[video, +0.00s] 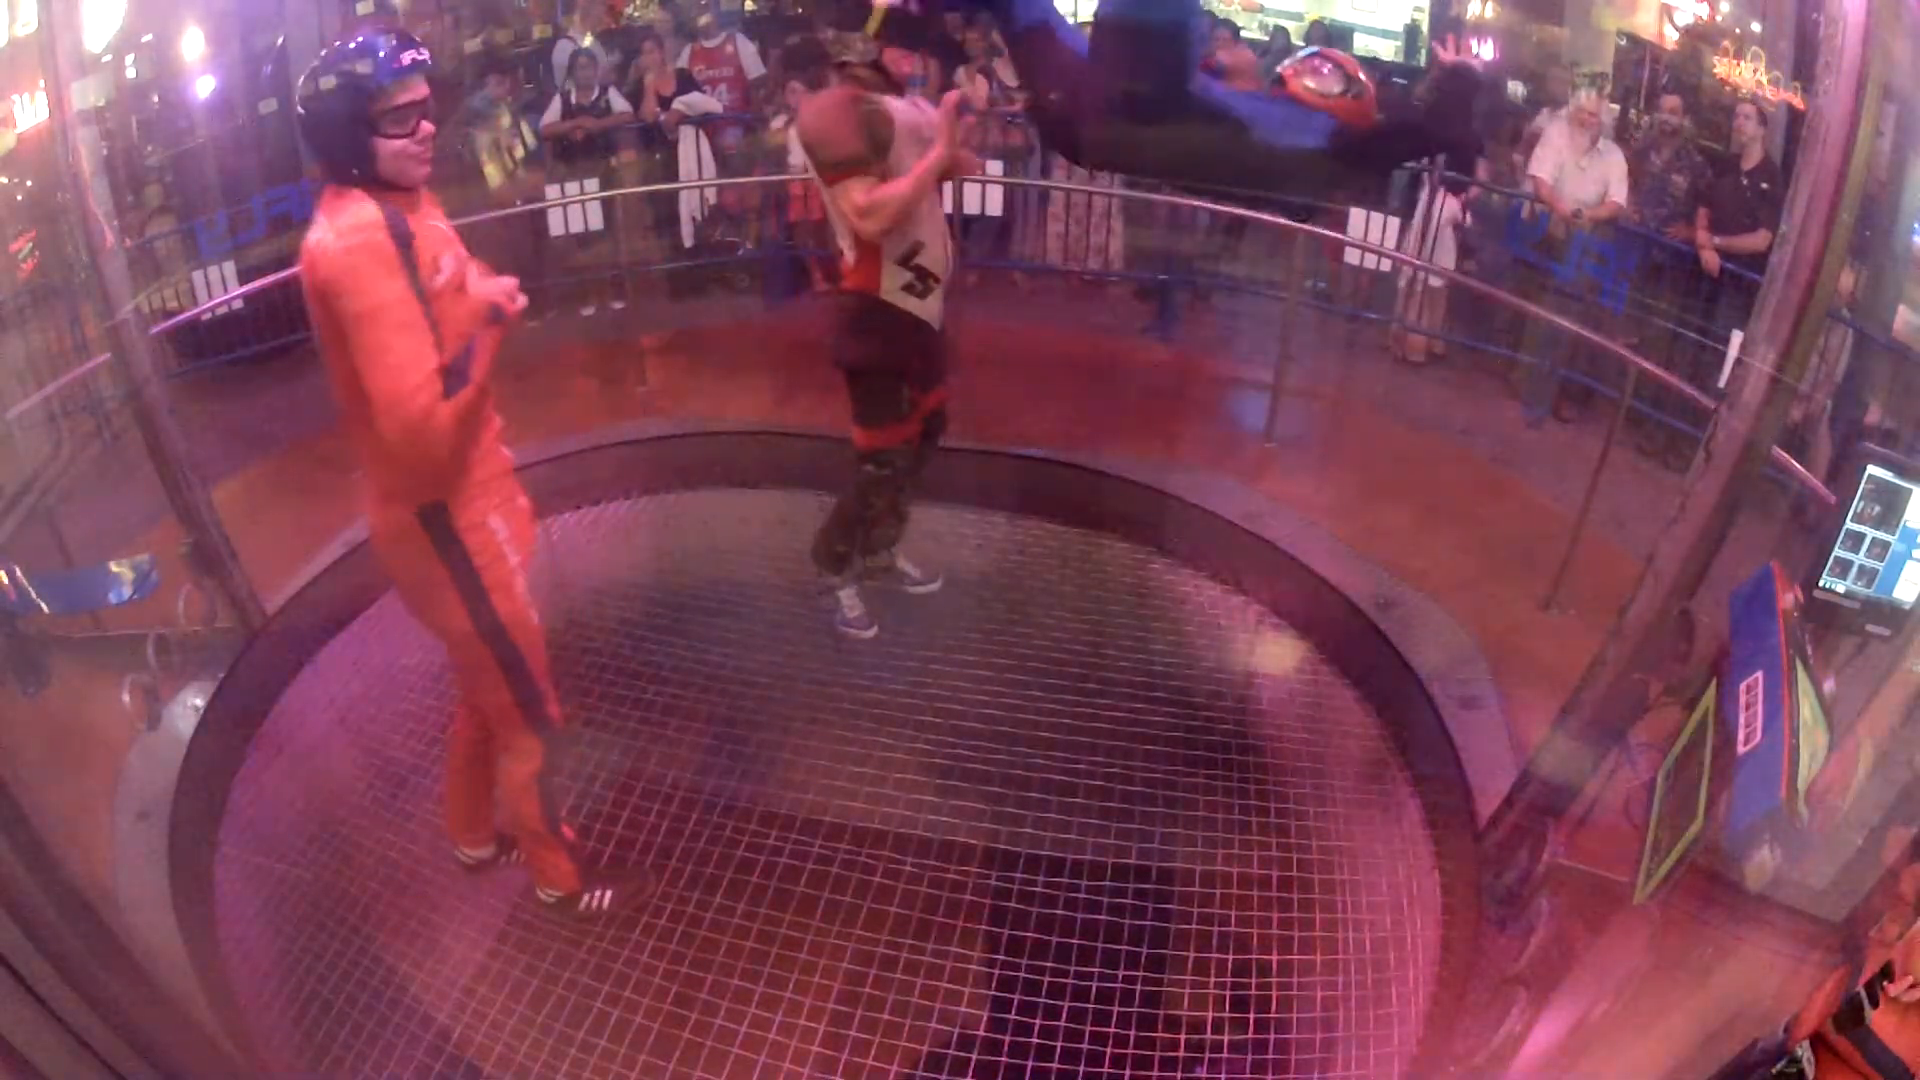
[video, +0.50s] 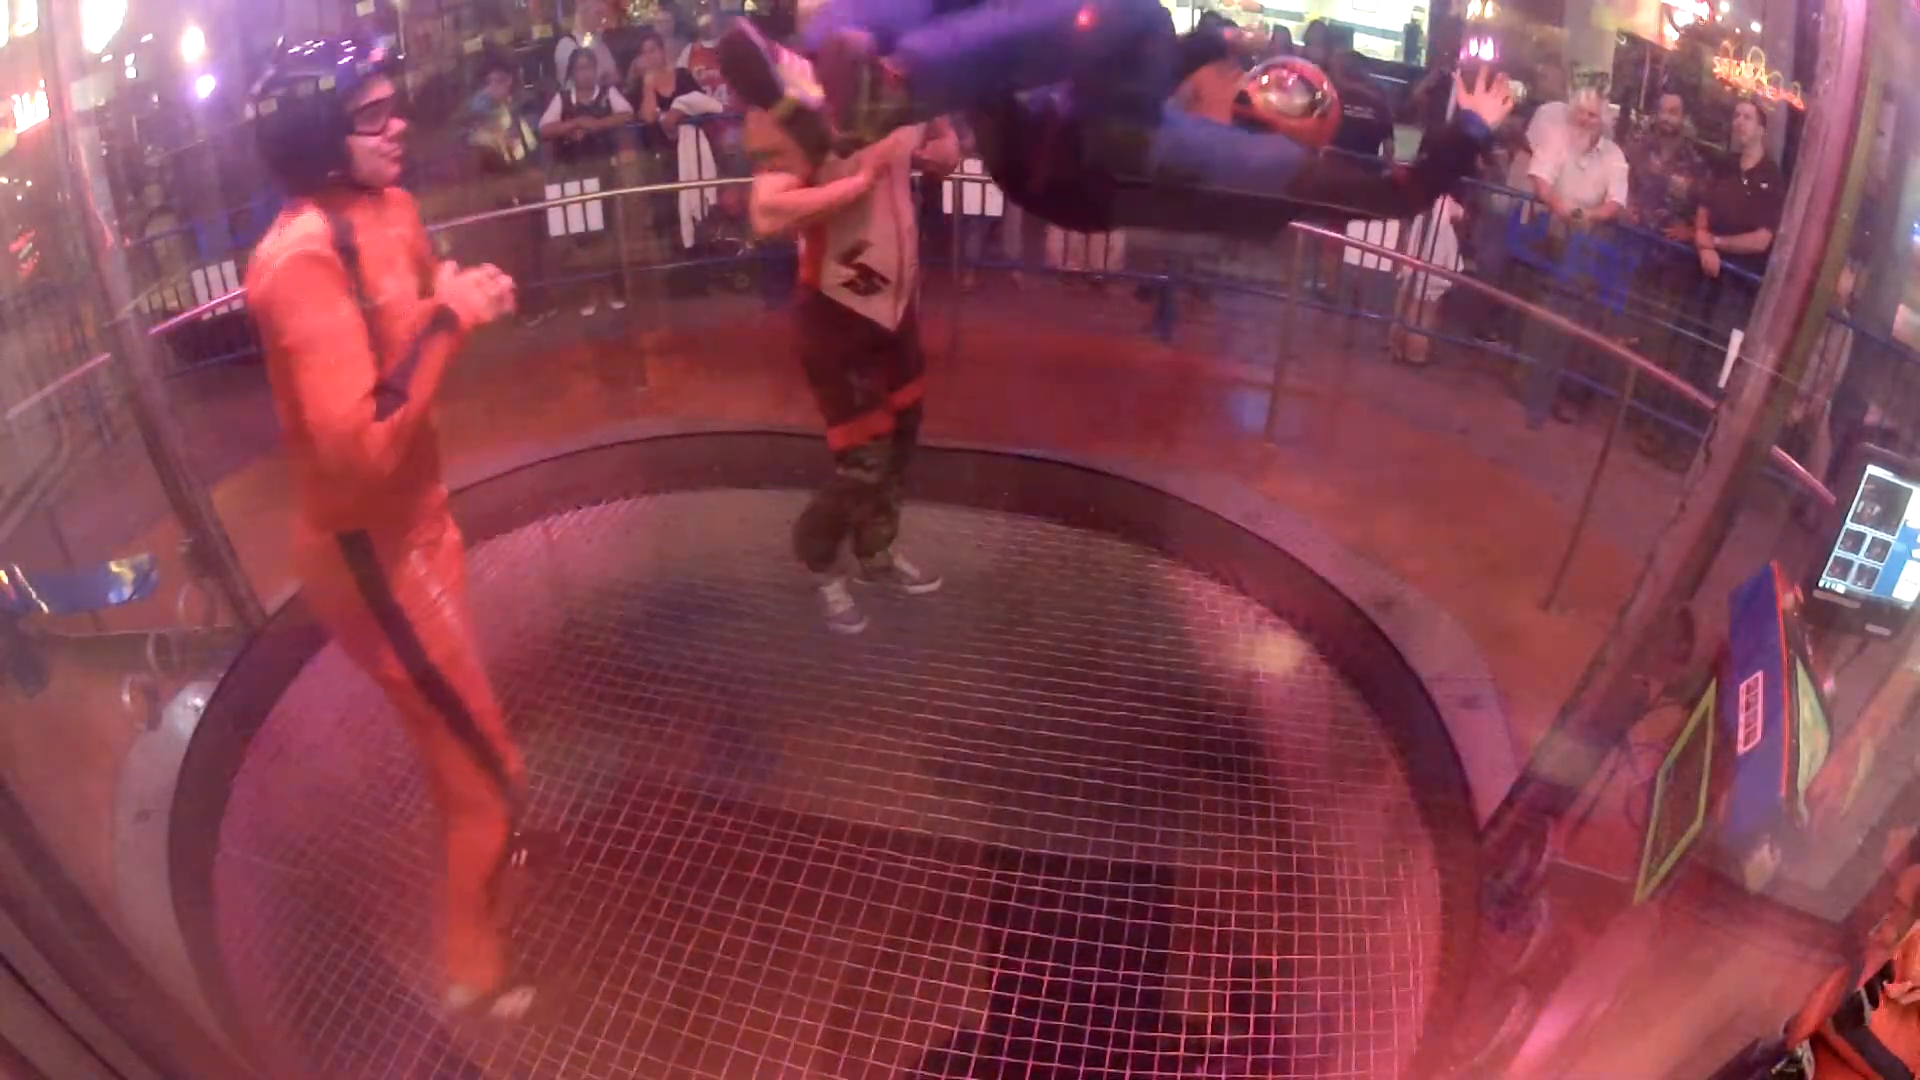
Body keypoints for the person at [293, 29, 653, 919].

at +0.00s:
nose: (427, 131)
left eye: (429, 112)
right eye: (401, 120)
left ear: (432, 111)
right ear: (346, 140)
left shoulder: (409, 204)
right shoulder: (351, 243)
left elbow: (434, 338)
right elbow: (416, 442)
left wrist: (479, 298)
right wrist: (487, 328)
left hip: (478, 485)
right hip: (437, 515)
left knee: (495, 670)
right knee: (523, 712)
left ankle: (471, 832)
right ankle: (558, 883)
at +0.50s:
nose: (397, 131)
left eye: (395, 112)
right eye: (373, 119)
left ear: (390, 121)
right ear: (317, 141)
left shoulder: (391, 211)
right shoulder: (298, 263)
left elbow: (413, 320)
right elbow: (357, 456)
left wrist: (456, 294)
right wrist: (446, 323)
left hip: (423, 519)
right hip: (364, 549)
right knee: (482, 774)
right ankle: (468, 984)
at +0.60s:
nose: (367, 142)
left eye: (366, 123)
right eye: (343, 132)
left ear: (363, 131)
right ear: (290, 155)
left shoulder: (358, 223)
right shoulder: (271, 278)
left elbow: (381, 363)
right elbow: (356, 468)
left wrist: (413, 306)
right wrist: (425, 325)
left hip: (410, 523)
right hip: (354, 559)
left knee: (456, 729)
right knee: (451, 793)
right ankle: (423, 1019)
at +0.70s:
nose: (333, 156)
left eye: (331, 138)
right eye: (309, 144)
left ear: (324, 149)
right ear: (255, 162)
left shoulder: (327, 240)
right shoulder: (243, 288)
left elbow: (351, 385)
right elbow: (336, 498)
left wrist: (388, 333)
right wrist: (404, 357)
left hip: (395, 538)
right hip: (340, 577)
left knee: (450, 718)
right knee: (415, 836)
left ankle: (474, 846)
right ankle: (363, 1042)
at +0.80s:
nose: (297, 171)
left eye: (295, 150)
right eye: (271, 160)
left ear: (294, 152)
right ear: (214, 180)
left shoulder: (287, 264)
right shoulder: (214, 310)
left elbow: (323, 429)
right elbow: (310, 538)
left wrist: (366, 376)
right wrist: (374, 404)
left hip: (365, 579)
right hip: (314, 618)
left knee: (443, 728)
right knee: (369, 884)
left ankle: (472, 848)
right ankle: (325, 1066)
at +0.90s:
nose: (265, 209)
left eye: (260, 189)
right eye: (238, 200)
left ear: (256, 194)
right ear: (181, 229)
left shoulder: (252, 303)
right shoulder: (178, 356)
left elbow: (301, 430)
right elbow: (277, 582)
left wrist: (336, 409)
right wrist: (340, 441)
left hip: (328, 632)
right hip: (273, 670)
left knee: (442, 754)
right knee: (326, 918)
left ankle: (477, 858)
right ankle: (321, 1071)